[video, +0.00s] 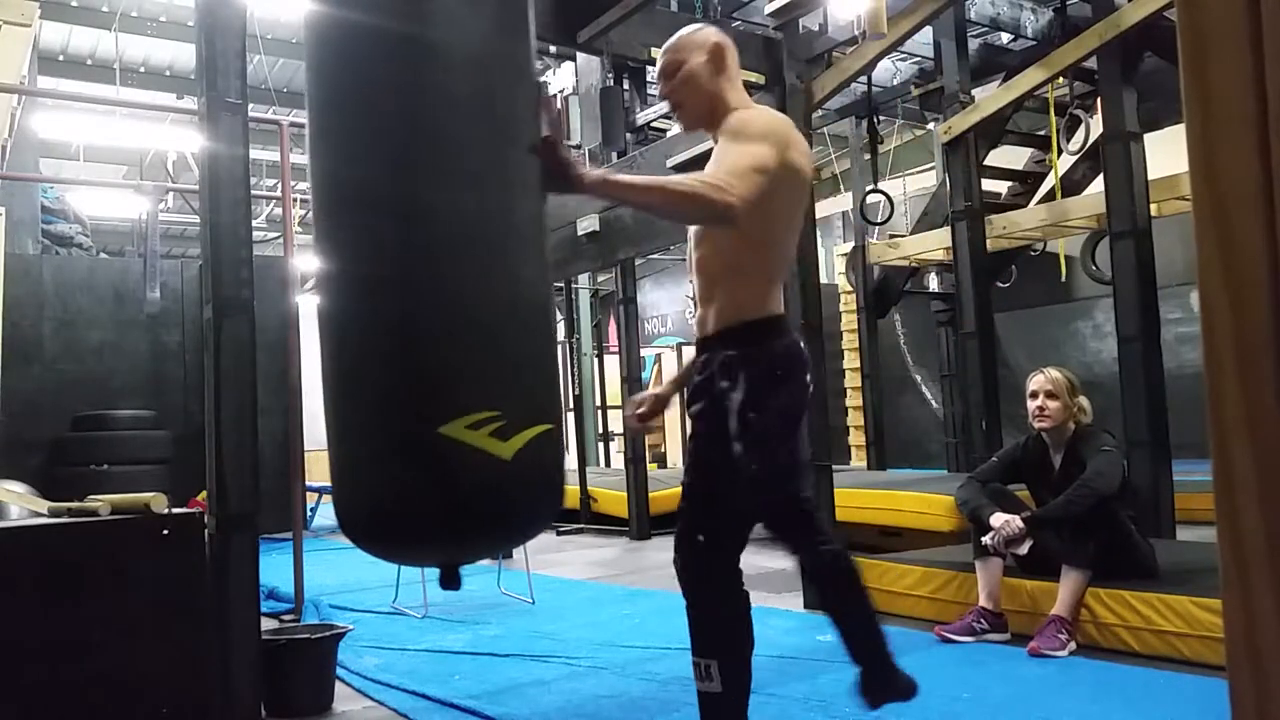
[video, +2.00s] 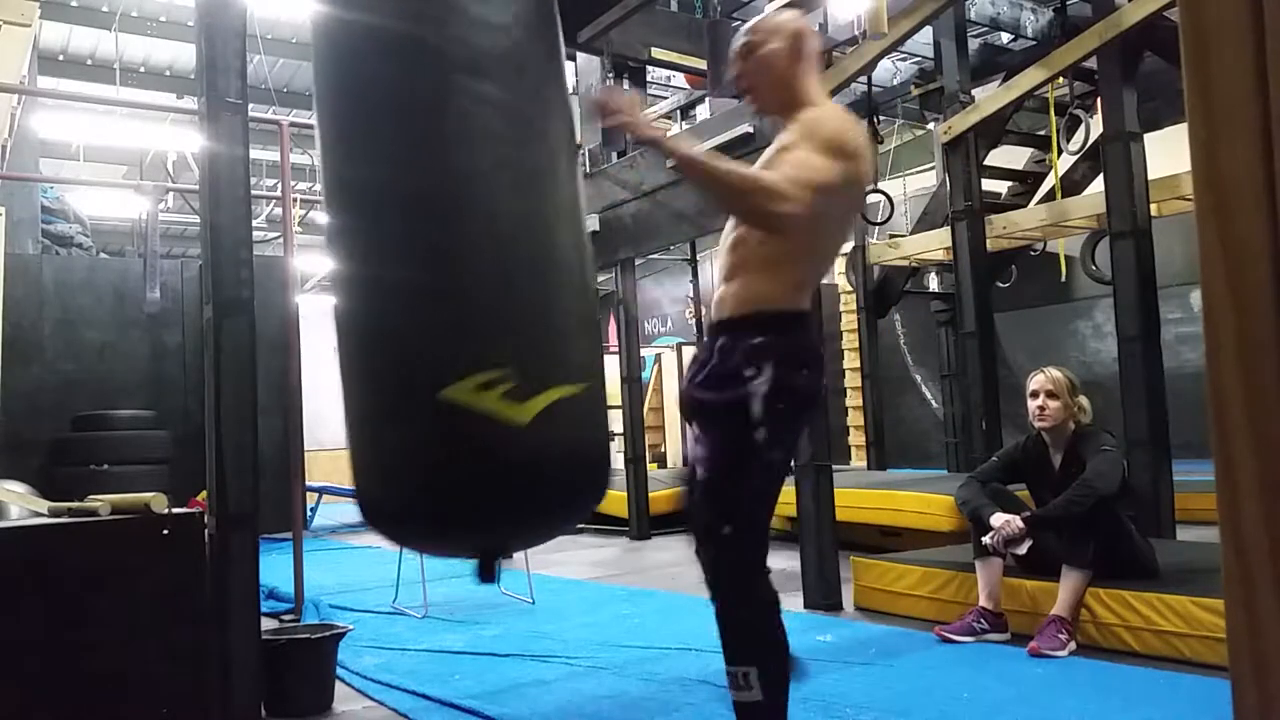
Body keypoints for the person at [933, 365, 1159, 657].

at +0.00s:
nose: (1040, 404)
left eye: (1051, 396)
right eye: (1034, 397)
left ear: (1072, 406)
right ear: (1026, 406)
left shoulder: (1097, 442)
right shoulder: (1028, 449)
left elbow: (1101, 484)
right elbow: (967, 488)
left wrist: (1028, 521)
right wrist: (992, 516)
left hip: (1118, 560)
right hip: (1059, 555)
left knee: (1089, 505)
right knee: (989, 495)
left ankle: (1061, 621)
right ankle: (988, 612)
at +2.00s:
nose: (1041, 404)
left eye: (1052, 396)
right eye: (1034, 396)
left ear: (1072, 405)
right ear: (1026, 405)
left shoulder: (1098, 443)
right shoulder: (1027, 449)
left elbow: (1099, 485)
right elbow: (968, 488)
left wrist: (1026, 522)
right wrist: (992, 516)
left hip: (1118, 559)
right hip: (1059, 555)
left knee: (1087, 504)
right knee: (988, 495)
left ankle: (1061, 621)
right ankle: (989, 612)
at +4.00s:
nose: (1042, 404)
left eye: (1053, 396)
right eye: (1035, 396)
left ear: (1072, 406)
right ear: (1027, 405)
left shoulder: (1097, 442)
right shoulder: (1027, 449)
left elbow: (1100, 485)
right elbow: (968, 488)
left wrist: (1027, 522)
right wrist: (992, 516)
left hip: (1117, 559)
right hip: (1058, 556)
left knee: (1090, 504)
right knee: (988, 496)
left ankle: (1061, 620)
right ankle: (989, 612)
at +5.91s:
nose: (1043, 393)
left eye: (1054, 385)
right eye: (1036, 386)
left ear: (1074, 393)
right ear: (1030, 395)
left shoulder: (1100, 440)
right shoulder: (1030, 445)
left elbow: (1100, 482)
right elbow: (969, 482)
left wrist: (1023, 518)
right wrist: (991, 509)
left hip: (1114, 559)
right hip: (1053, 555)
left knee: (1092, 501)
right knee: (987, 495)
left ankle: (1061, 621)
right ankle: (989, 612)